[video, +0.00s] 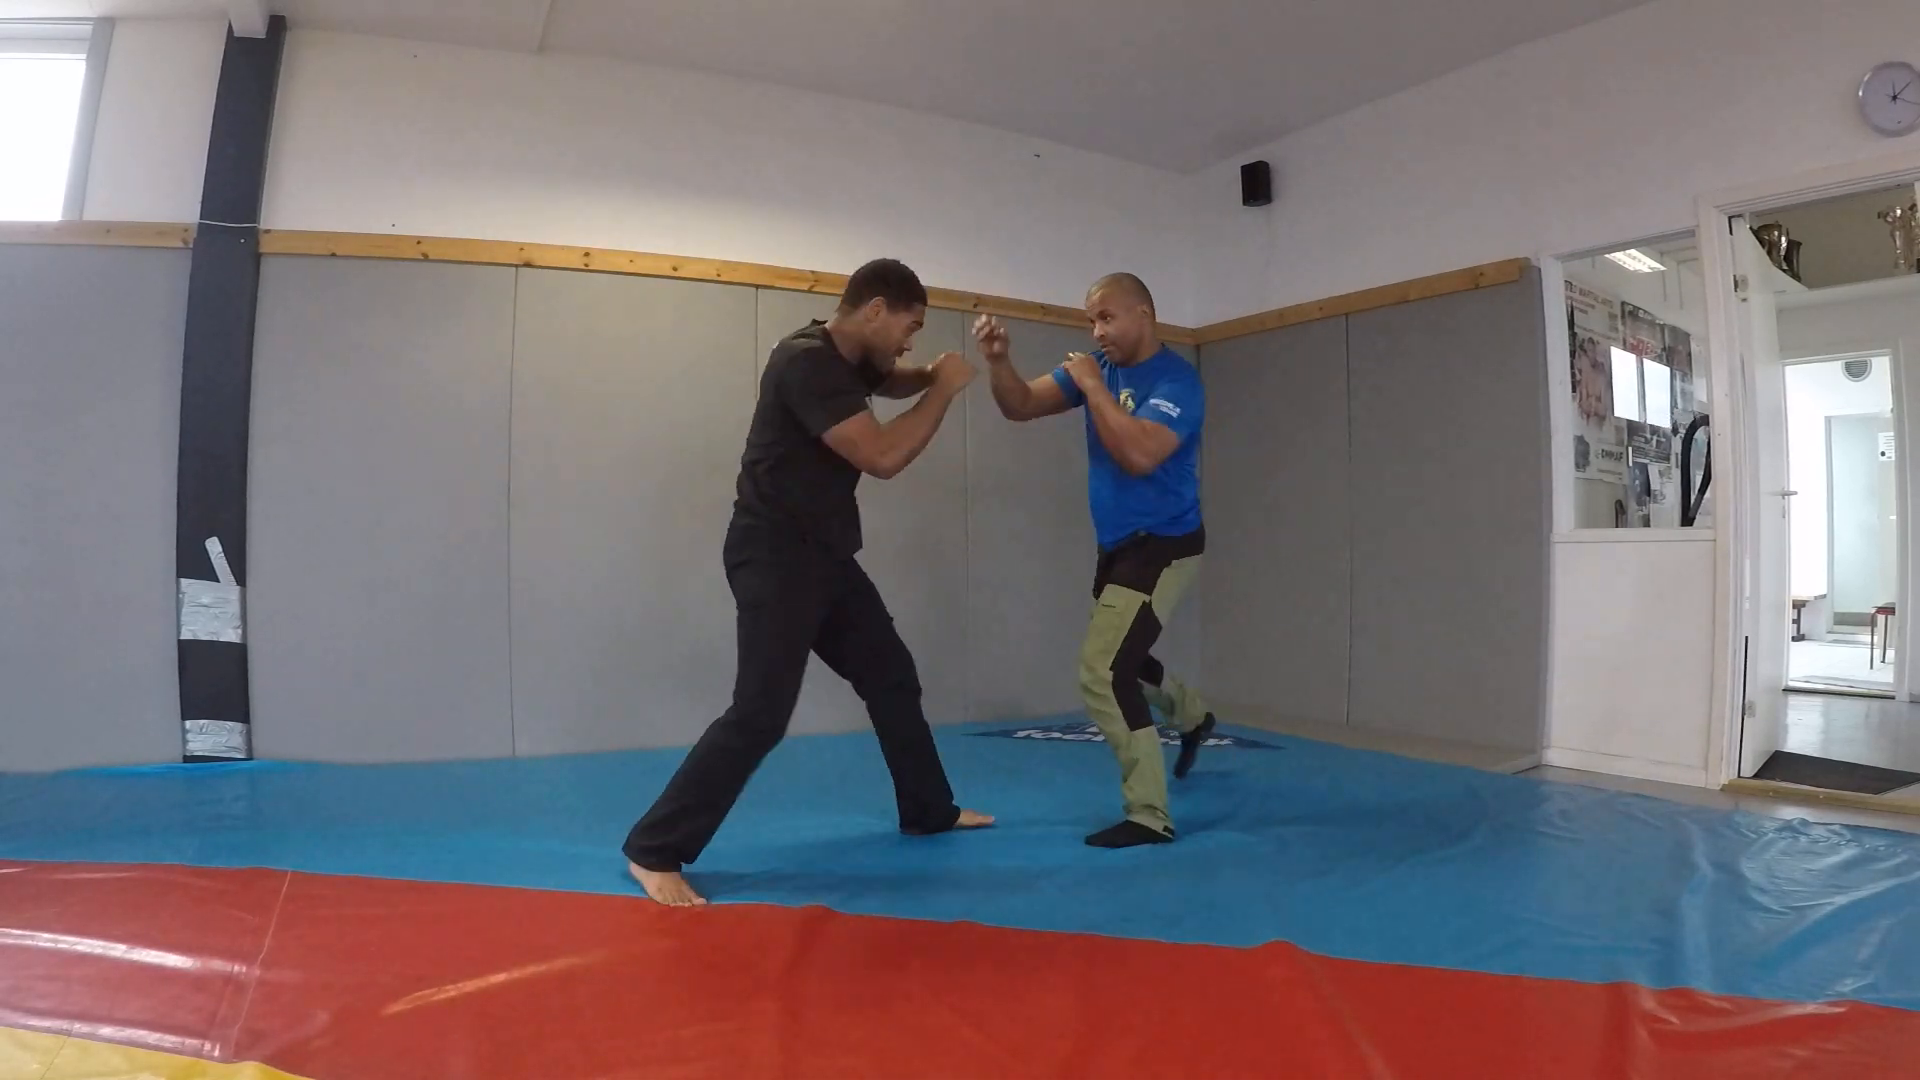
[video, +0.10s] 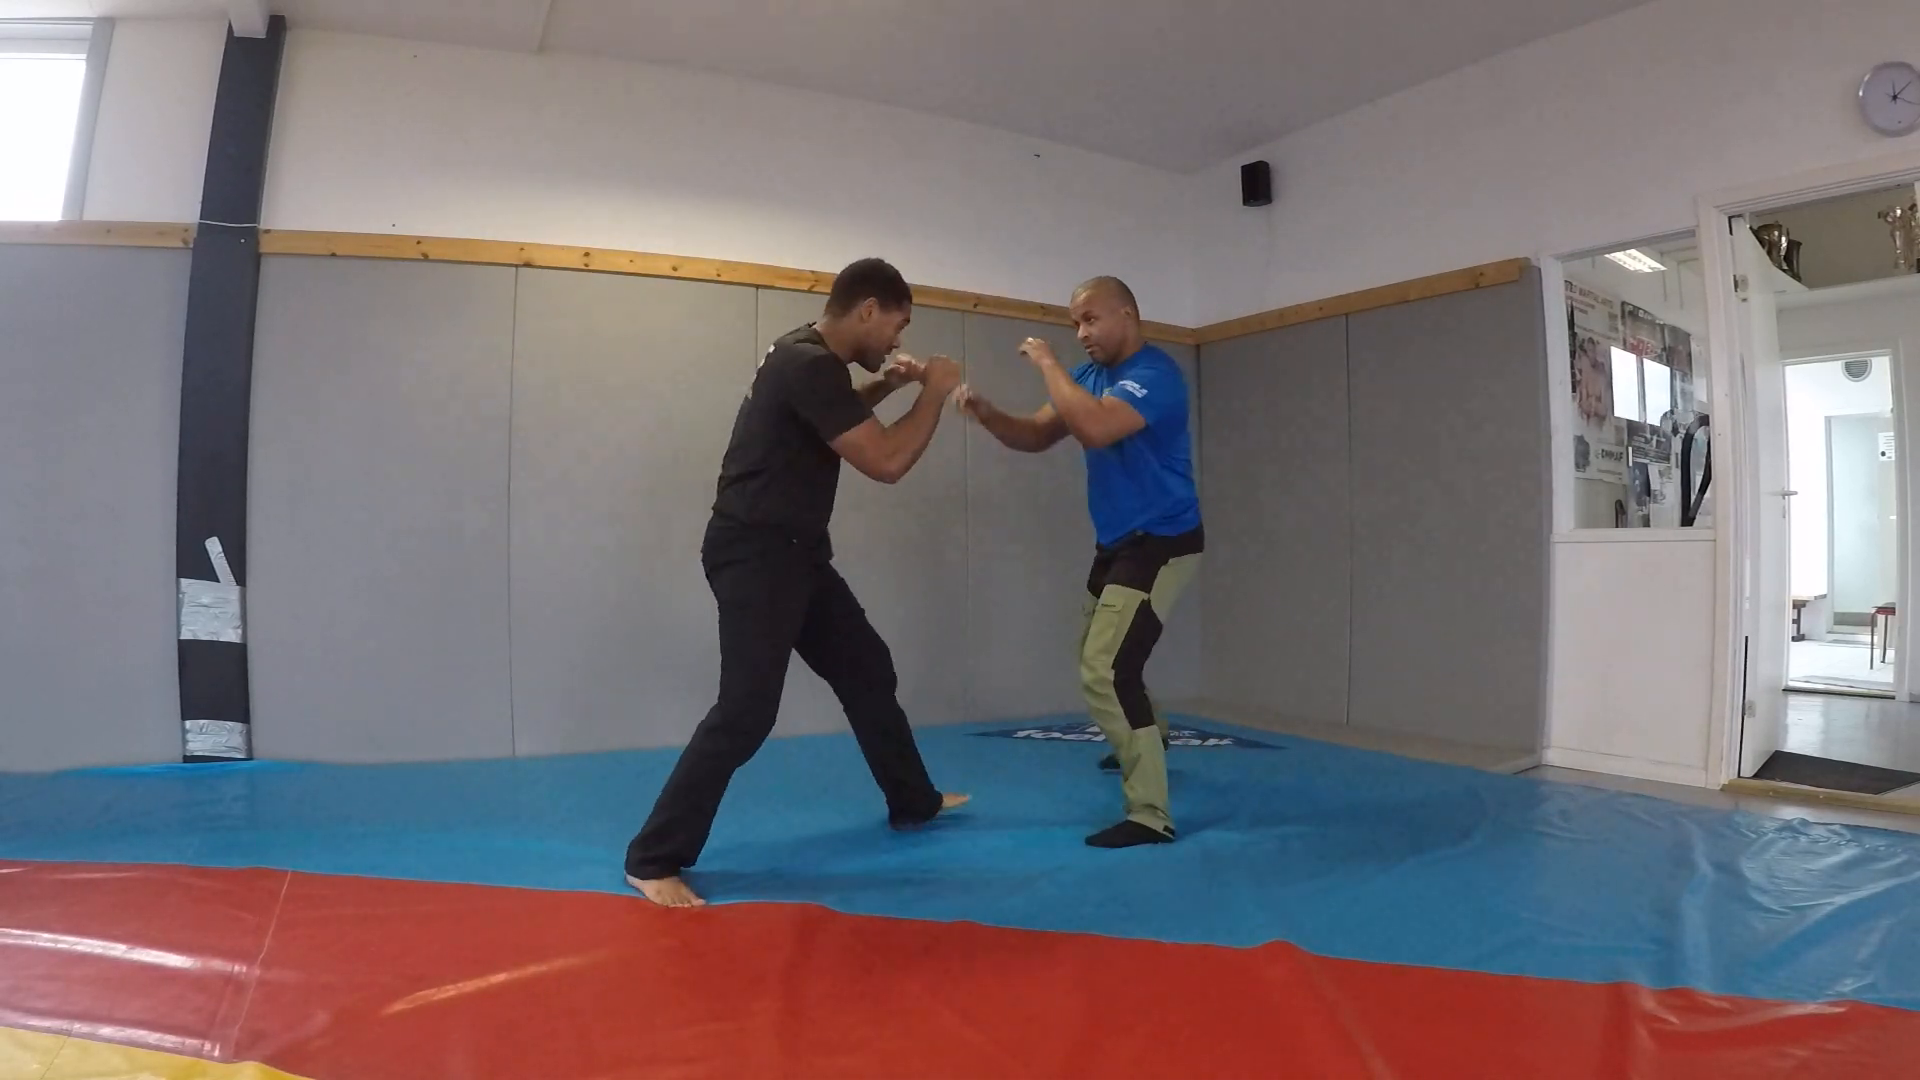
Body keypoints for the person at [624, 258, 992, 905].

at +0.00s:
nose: (909, 343)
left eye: (913, 334)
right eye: (908, 328)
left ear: (870, 313)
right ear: (873, 310)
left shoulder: (848, 357)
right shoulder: (806, 362)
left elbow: (895, 380)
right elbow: (884, 456)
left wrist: (940, 372)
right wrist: (944, 389)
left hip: (824, 558)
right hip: (775, 557)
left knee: (892, 679)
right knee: (760, 715)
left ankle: (929, 810)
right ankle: (654, 849)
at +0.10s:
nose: (896, 340)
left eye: (902, 330)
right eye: (898, 326)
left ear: (854, 310)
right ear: (867, 310)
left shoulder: (810, 357)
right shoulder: (809, 366)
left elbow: (832, 423)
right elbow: (887, 461)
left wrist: (884, 385)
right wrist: (934, 391)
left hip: (796, 556)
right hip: (756, 555)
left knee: (866, 669)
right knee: (745, 714)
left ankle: (913, 801)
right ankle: (653, 861)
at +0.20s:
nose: (882, 335)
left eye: (886, 325)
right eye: (883, 321)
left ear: (832, 302)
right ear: (859, 305)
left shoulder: (786, 347)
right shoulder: (819, 352)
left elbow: (813, 418)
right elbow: (881, 444)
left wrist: (859, 375)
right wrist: (917, 392)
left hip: (773, 541)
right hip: (762, 543)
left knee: (855, 651)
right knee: (755, 706)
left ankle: (851, 797)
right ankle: (657, 860)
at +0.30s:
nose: (864, 333)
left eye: (864, 327)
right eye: (864, 324)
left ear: (812, 314)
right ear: (850, 312)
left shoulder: (761, 359)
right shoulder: (834, 345)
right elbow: (917, 376)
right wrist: (923, 341)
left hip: (747, 535)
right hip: (780, 539)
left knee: (832, 665)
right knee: (765, 700)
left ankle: (818, 799)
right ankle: (657, 853)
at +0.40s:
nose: (856, 339)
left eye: (856, 332)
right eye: (855, 332)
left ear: (799, 326)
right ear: (841, 326)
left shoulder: (751, 374)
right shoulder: (842, 350)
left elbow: (746, 461)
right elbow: (959, 330)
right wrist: (953, 325)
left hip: (738, 538)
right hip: (786, 535)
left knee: (829, 663)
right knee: (765, 693)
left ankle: (820, 802)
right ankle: (656, 848)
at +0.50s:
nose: (856, 343)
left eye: (856, 337)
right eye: (855, 336)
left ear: (799, 329)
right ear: (841, 328)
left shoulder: (749, 378)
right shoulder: (838, 347)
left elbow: (735, 471)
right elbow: (960, 355)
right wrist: (980, 368)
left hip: (739, 533)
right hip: (781, 530)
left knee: (825, 666)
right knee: (758, 687)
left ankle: (820, 802)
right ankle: (657, 847)